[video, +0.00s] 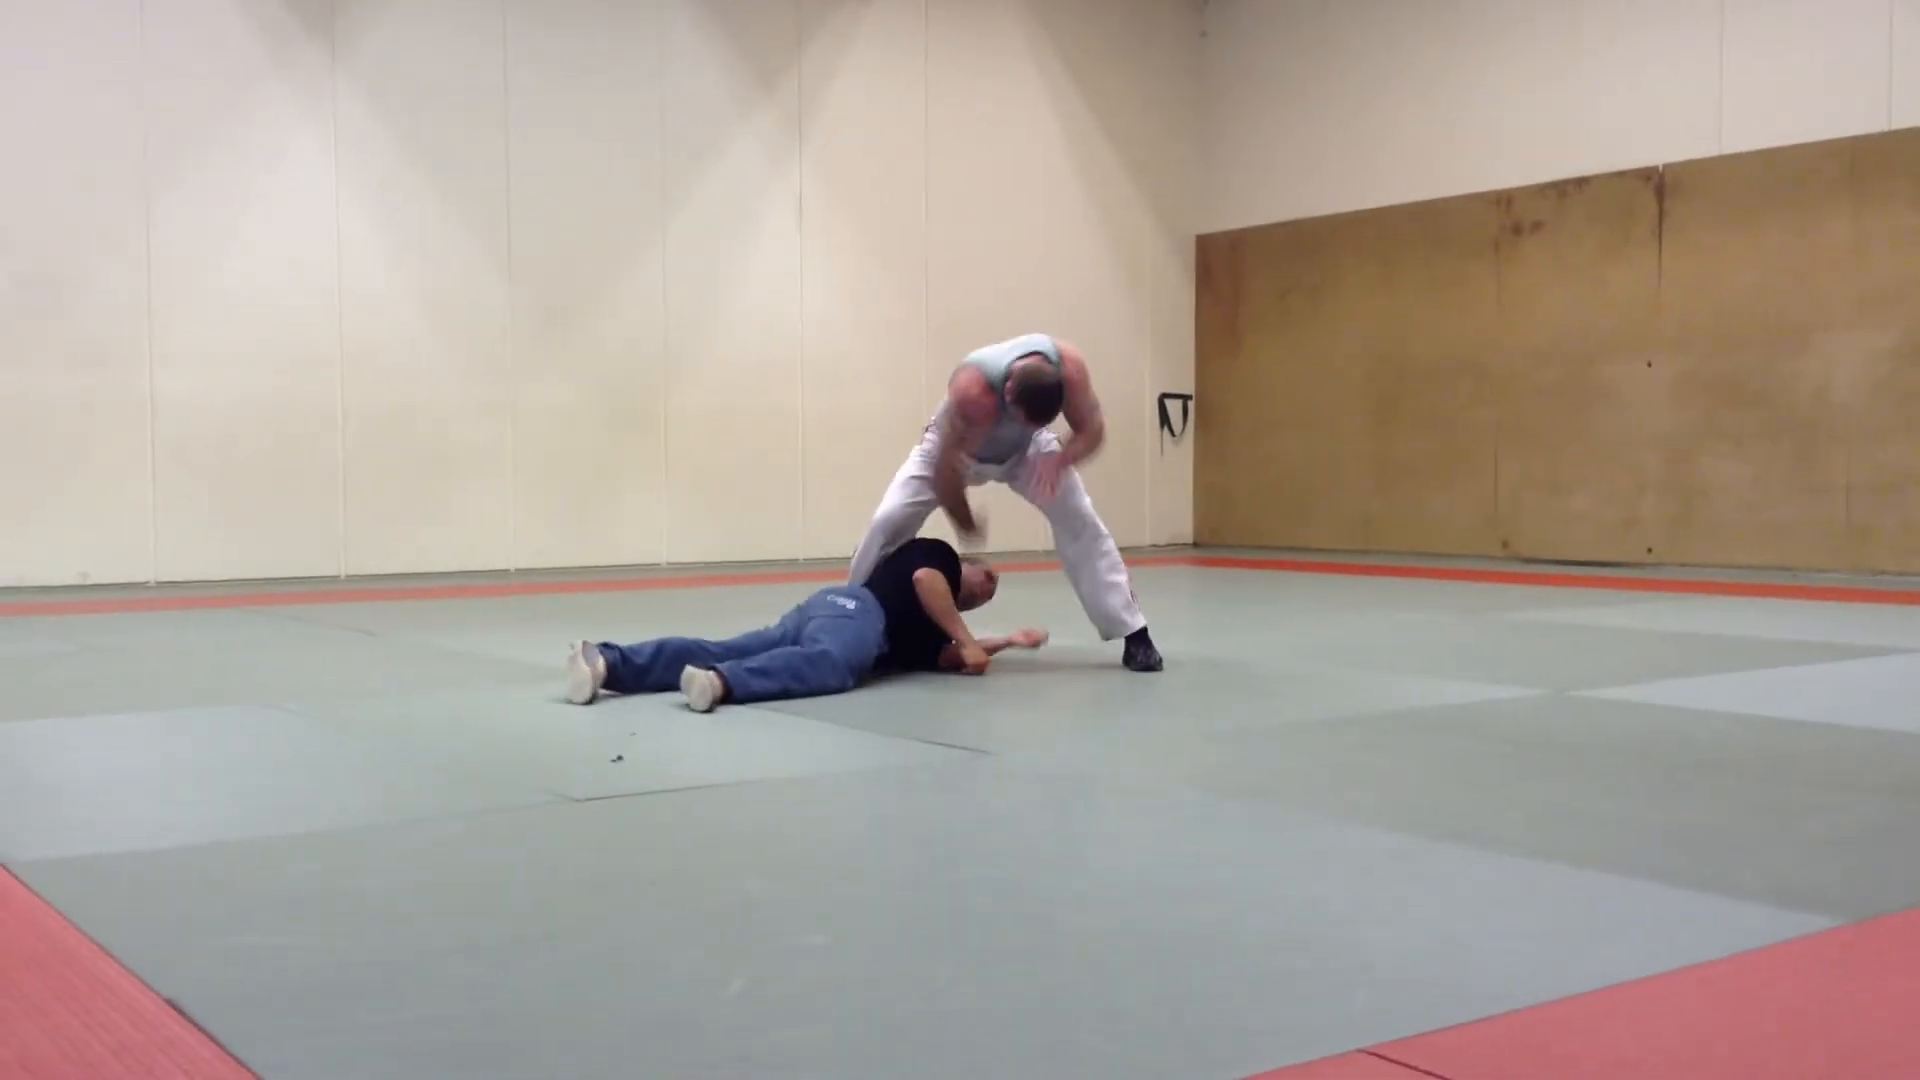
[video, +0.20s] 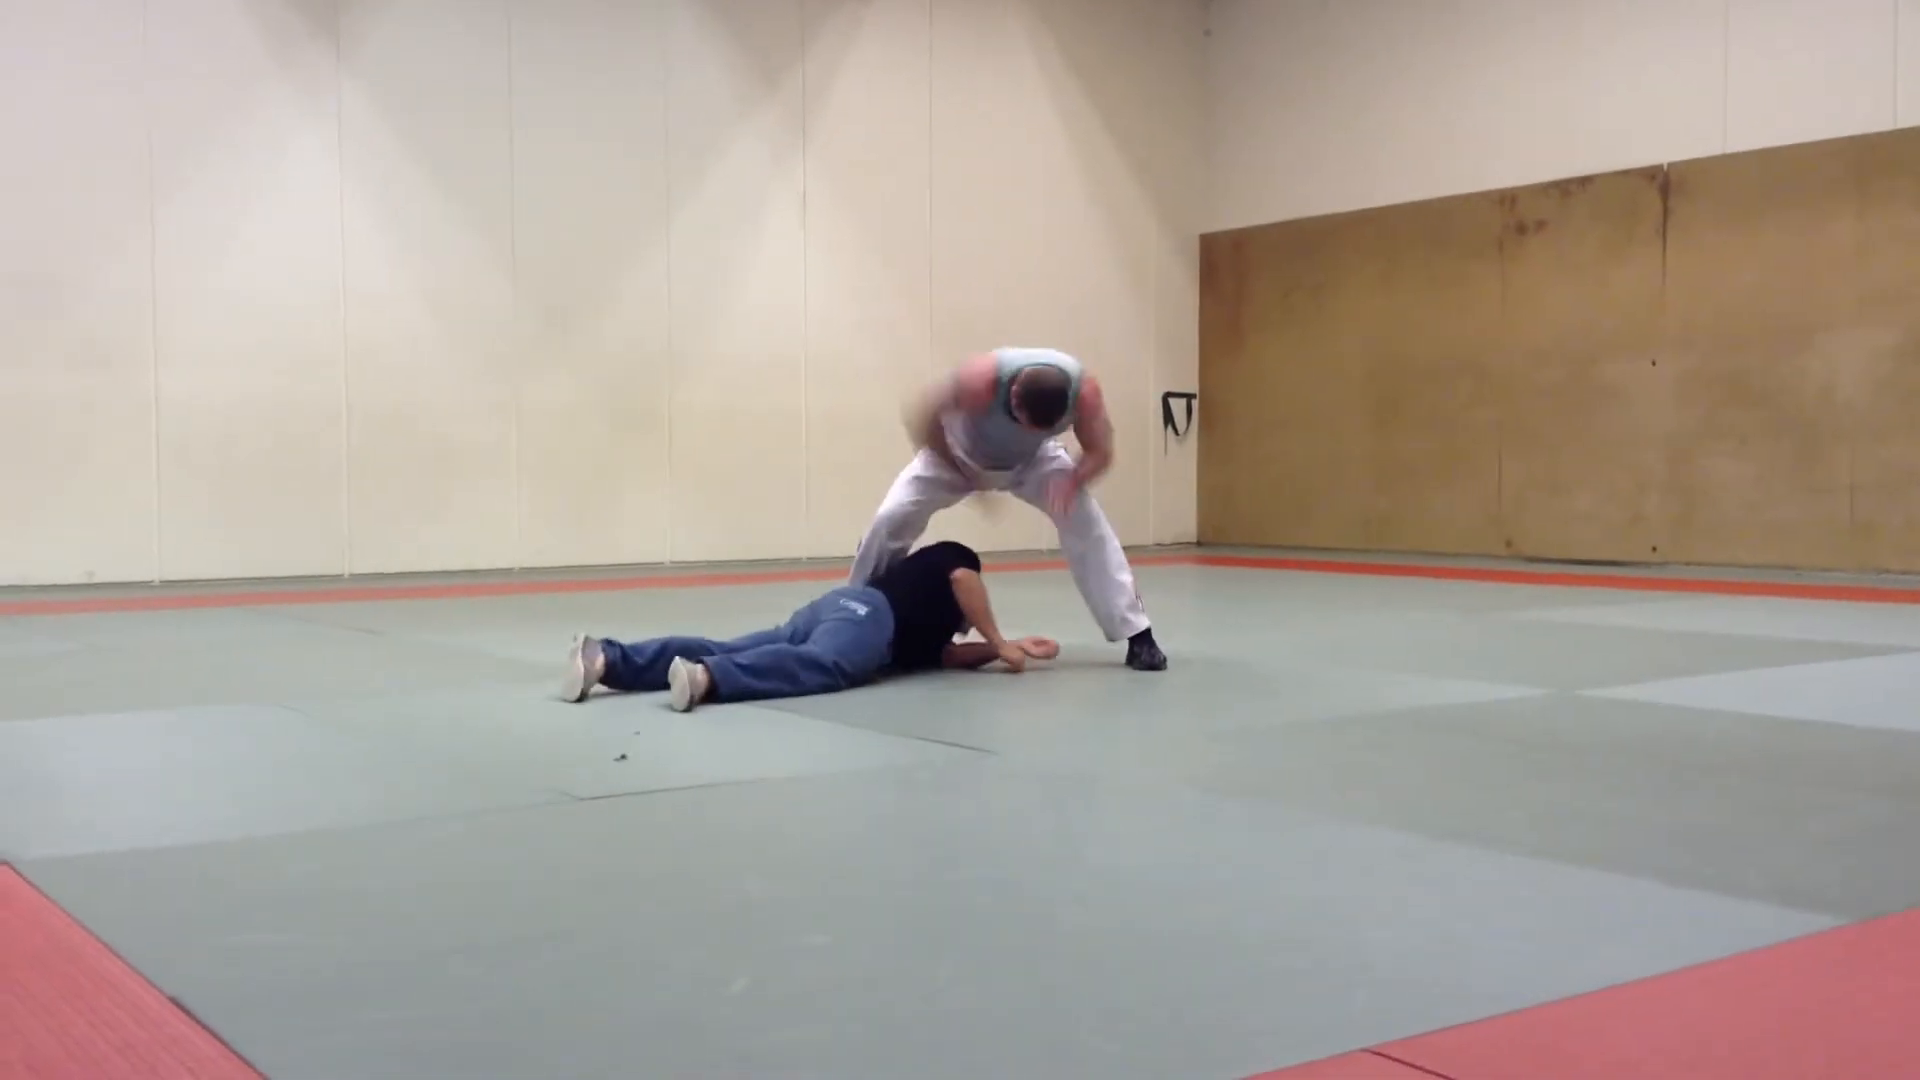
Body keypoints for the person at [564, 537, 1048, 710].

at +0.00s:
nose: (984, 587)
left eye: (987, 589)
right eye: (983, 579)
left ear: (973, 599)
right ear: (967, 562)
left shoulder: (934, 633)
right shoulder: (935, 552)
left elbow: (962, 654)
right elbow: (923, 584)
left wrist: (1009, 641)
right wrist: (965, 642)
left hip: (822, 620)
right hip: (854, 609)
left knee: (729, 652)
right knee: (830, 666)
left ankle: (612, 666)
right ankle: (724, 681)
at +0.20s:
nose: (975, 593)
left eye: (976, 584)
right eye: (975, 580)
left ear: (920, 566)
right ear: (957, 560)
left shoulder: (928, 620)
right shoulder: (944, 555)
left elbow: (940, 656)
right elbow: (964, 582)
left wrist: (998, 652)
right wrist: (1003, 644)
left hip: (832, 611)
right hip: (872, 619)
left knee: (733, 652)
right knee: (820, 667)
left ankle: (610, 662)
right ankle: (712, 681)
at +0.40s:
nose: (1009, 611)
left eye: (1012, 603)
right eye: (1011, 600)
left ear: (971, 586)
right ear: (996, 584)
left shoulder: (949, 633)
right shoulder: (971, 563)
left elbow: (959, 658)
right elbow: (1010, 609)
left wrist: (1007, 631)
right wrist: (1033, 636)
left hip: (838, 616)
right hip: (882, 612)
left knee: (743, 653)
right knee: (832, 666)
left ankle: (619, 668)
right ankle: (725, 673)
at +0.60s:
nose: (1021, 638)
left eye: (1018, 637)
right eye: (1023, 635)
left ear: (994, 620)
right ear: (1019, 611)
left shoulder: (949, 599)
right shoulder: (994, 585)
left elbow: (954, 657)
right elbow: (1025, 655)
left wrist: (1006, 637)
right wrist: (1035, 653)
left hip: (843, 612)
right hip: (891, 613)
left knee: (757, 651)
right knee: (838, 666)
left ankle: (631, 665)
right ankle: (738, 665)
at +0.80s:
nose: (1029, 646)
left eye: (1027, 643)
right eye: (1031, 643)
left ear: (1003, 625)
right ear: (1026, 615)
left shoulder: (958, 600)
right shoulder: (1004, 590)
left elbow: (951, 658)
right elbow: (1021, 656)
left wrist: (1009, 650)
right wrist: (1034, 653)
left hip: (863, 610)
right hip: (905, 621)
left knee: (773, 649)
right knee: (841, 665)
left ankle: (641, 663)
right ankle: (747, 665)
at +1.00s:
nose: (1028, 646)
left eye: (1024, 644)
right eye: (1028, 643)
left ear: (1007, 621)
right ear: (1026, 613)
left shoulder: (956, 589)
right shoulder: (1010, 594)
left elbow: (949, 660)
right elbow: (1023, 660)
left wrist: (1007, 651)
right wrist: (1040, 653)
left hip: (868, 612)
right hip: (910, 622)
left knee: (779, 650)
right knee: (842, 666)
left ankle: (644, 664)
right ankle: (748, 665)